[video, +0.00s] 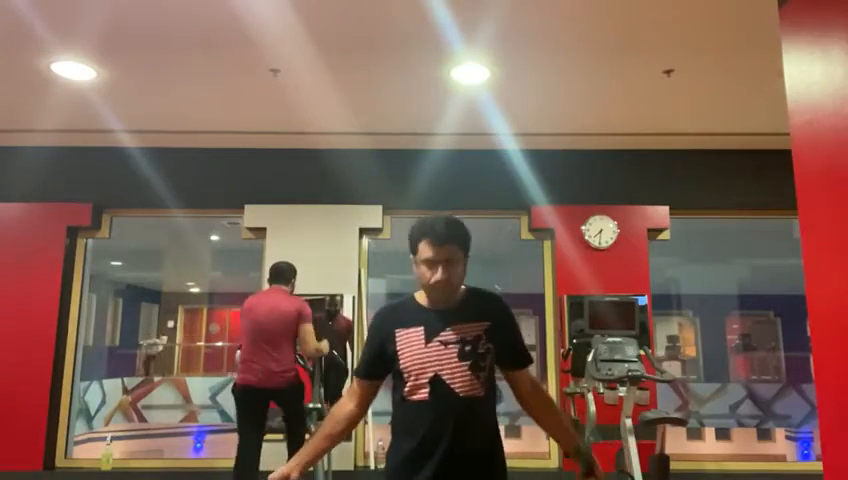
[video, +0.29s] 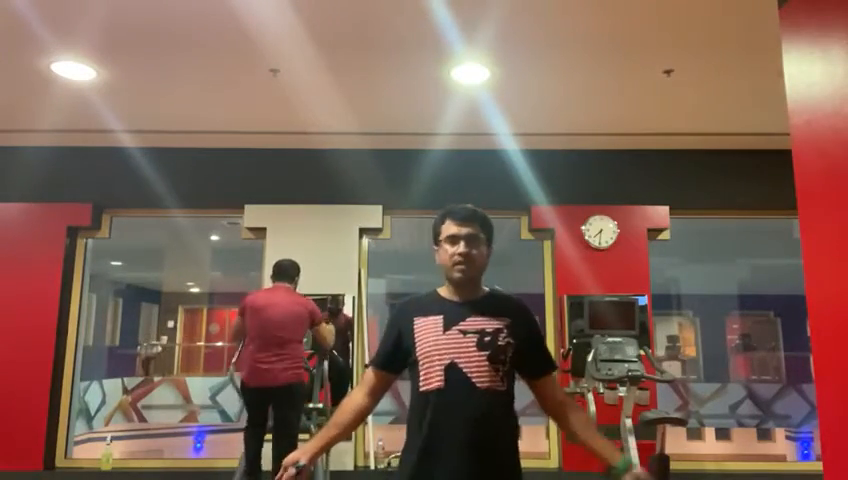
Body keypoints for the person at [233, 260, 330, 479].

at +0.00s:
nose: (294, 285)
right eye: (294, 282)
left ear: (269, 280)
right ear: (292, 282)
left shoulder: (249, 303)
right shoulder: (299, 306)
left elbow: (247, 342)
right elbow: (308, 350)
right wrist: (323, 347)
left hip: (249, 384)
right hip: (285, 383)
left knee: (248, 443)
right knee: (296, 429)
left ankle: (244, 476)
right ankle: (296, 473)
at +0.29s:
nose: (295, 283)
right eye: (296, 279)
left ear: (272, 277)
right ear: (296, 280)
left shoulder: (251, 300)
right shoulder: (305, 304)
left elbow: (235, 336)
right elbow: (326, 341)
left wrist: (255, 322)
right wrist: (325, 326)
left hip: (254, 382)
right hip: (290, 383)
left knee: (255, 426)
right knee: (286, 436)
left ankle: (252, 473)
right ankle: (283, 476)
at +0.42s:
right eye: (294, 281)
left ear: (270, 279)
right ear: (295, 281)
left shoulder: (250, 303)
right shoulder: (304, 305)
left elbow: (231, 343)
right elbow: (322, 337)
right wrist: (330, 327)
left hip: (253, 385)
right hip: (288, 386)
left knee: (256, 425)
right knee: (281, 439)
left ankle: (258, 470)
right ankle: (275, 473)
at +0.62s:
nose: (292, 279)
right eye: (293, 276)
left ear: (267, 274)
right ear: (291, 276)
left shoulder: (244, 298)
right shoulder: (301, 301)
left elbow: (226, 335)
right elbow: (319, 332)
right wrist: (333, 325)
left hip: (249, 380)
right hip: (285, 379)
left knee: (254, 441)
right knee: (288, 439)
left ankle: (253, 476)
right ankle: (286, 475)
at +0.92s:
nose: (290, 282)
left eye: (287, 277)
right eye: (291, 277)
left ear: (268, 276)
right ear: (291, 277)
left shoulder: (250, 302)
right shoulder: (298, 302)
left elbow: (242, 341)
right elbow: (307, 345)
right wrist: (321, 348)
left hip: (250, 383)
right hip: (286, 381)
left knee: (251, 441)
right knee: (294, 427)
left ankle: (245, 475)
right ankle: (293, 469)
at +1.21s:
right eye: (292, 280)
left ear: (268, 279)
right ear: (293, 281)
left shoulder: (249, 302)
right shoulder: (304, 304)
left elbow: (235, 339)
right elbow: (325, 339)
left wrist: (229, 365)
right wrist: (332, 326)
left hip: (255, 383)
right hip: (291, 384)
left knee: (256, 427)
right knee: (286, 435)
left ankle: (253, 471)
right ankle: (284, 475)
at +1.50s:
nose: (290, 279)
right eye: (290, 275)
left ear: (265, 274)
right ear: (290, 275)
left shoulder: (244, 297)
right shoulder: (299, 298)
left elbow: (227, 337)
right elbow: (320, 330)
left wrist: (243, 336)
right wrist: (331, 325)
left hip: (251, 375)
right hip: (287, 376)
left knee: (255, 440)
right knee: (289, 439)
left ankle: (254, 476)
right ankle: (285, 476)